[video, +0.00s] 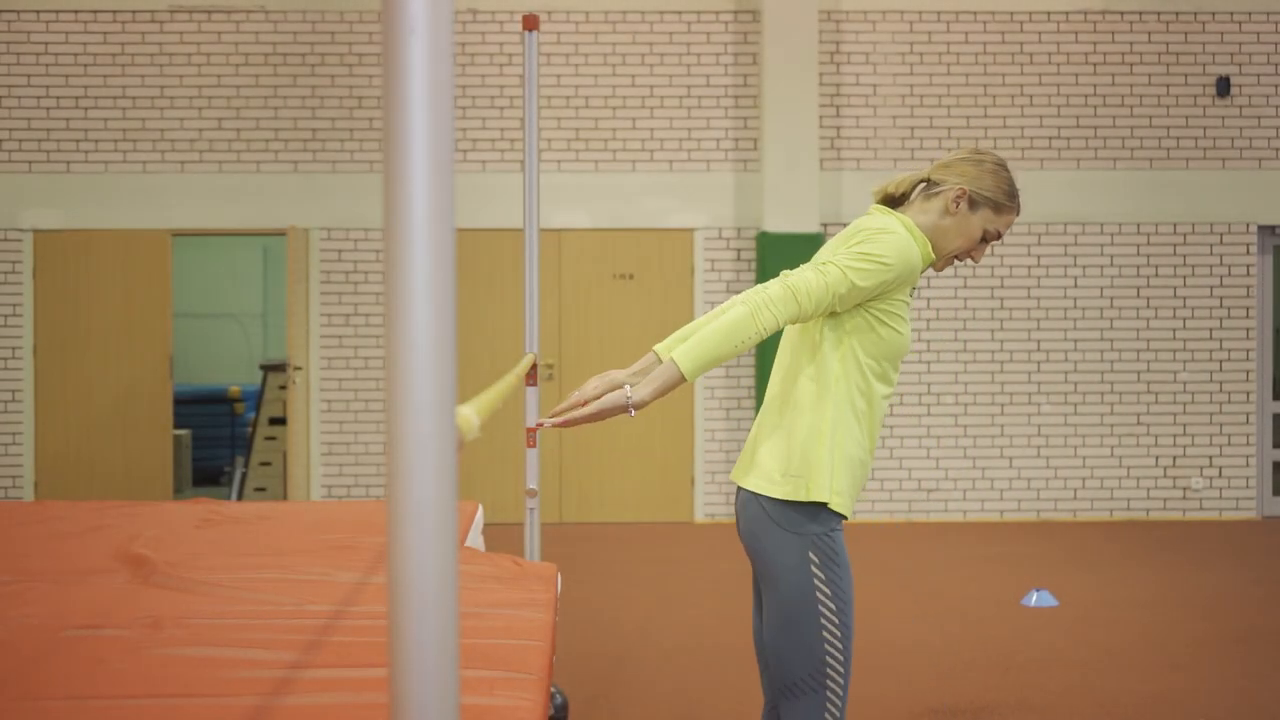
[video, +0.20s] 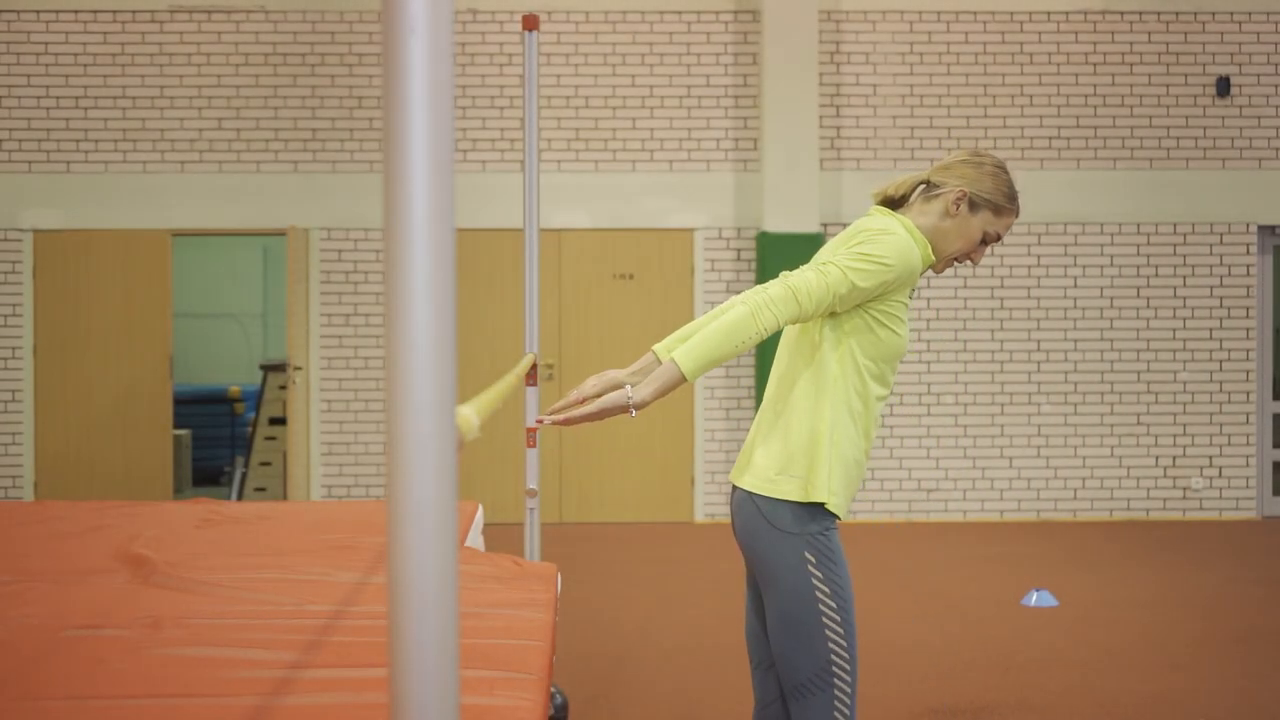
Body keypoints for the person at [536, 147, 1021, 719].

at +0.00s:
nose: (978, 255)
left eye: (990, 244)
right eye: (987, 236)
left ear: (950, 199)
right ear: (957, 200)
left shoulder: (872, 237)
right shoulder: (895, 245)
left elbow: (760, 303)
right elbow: (773, 305)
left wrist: (637, 372)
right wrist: (649, 386)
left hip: (777, 499)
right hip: (798, 505)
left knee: (788, 702)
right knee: (817, 704)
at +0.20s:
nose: (979, 256)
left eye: (990, 246)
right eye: (987, 238)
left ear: (948, 201)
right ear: (955, 202)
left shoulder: (873, 238)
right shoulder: (895, 246)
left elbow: (760, 303)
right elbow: (774, 304)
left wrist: (638, 370)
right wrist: (650, 386)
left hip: (769, 500)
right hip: (793, 505)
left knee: (776, 706)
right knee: (827, 704)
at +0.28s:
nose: (878, 148)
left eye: (872, 133)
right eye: (865, 134)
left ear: (821, 152)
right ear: (822, 149)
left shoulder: (787, 227)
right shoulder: (832, 229)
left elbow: (815, 381)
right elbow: (860, 383)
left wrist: (908, 505)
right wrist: (916, 503)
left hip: (802, 497)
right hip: (836, 501)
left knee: (798, 706)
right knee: (820, 707)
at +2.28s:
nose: (870, 154)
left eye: (866, 140)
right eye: (858, 140)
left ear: (812, 154)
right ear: (814, 152)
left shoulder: (779, 230)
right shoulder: (825, 232)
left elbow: (788, 384)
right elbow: (854, 385)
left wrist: (890, 507)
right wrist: (908, 507)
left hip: (798, 503)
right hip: (831, 505)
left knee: (800, 705)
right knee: (818, 707)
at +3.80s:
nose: (863, 153)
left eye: (858, 138)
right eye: (850, 139)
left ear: (805, 154)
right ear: (804, 151)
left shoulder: (781, 228)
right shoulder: (816, 226)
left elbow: (876, 359)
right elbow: (896, 356)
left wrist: (990, 448)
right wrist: (1000, 455)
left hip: (785, 501)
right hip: (806, 505)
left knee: (788, 705)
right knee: (802, 706)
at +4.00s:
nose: (857, 154)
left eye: (854, 140)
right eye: (845, 140)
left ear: (801, 153)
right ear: (801, 150)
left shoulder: (780, 227)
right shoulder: (804, 223)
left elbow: (896, 327)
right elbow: (912, 319)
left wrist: (1034, 373)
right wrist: (1048, 377)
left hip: (793, 499)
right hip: (806, 501)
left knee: (792, 703)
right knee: (802, 705)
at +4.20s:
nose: (854, 156)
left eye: (850, 139)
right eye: (841, 140)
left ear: (798, 153)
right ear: (797, 151)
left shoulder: (778, 224)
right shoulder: (795, 223)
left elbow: (925, 277)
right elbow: (931, 276)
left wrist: (1067, 279)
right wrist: (1073, 277)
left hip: (799, 501)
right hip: (809, 502)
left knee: (794, 704)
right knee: (804, 706)